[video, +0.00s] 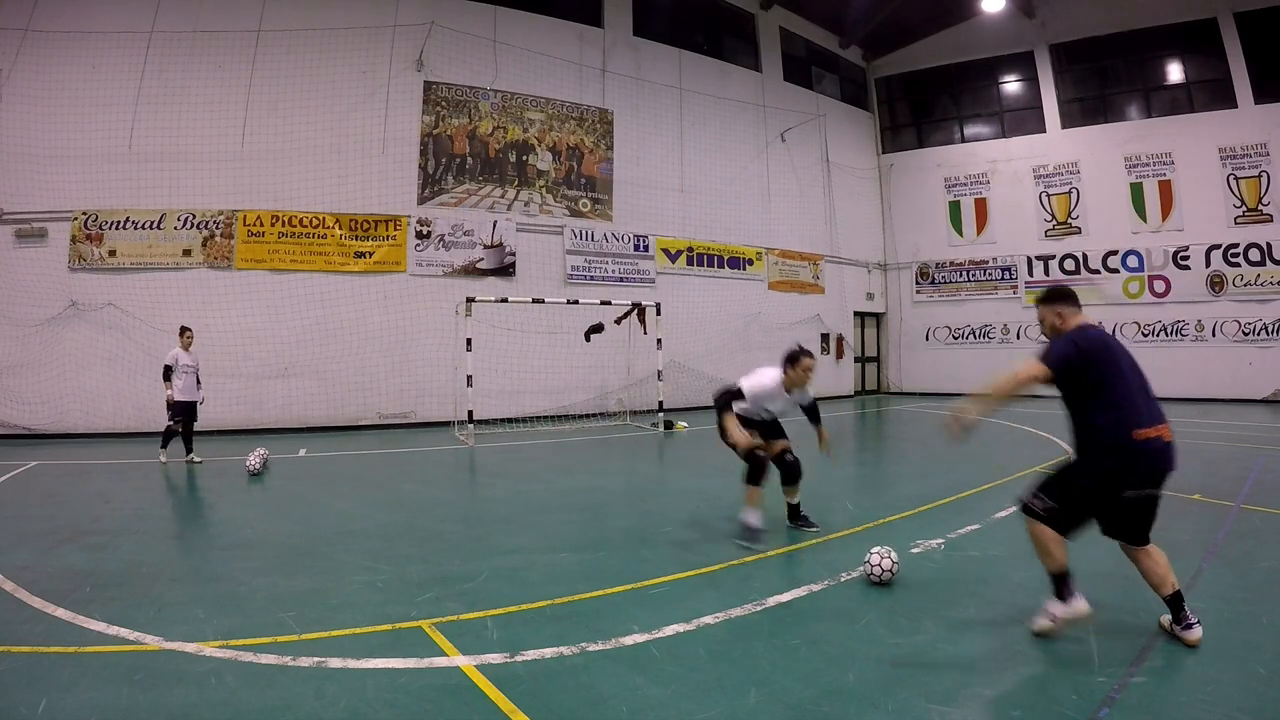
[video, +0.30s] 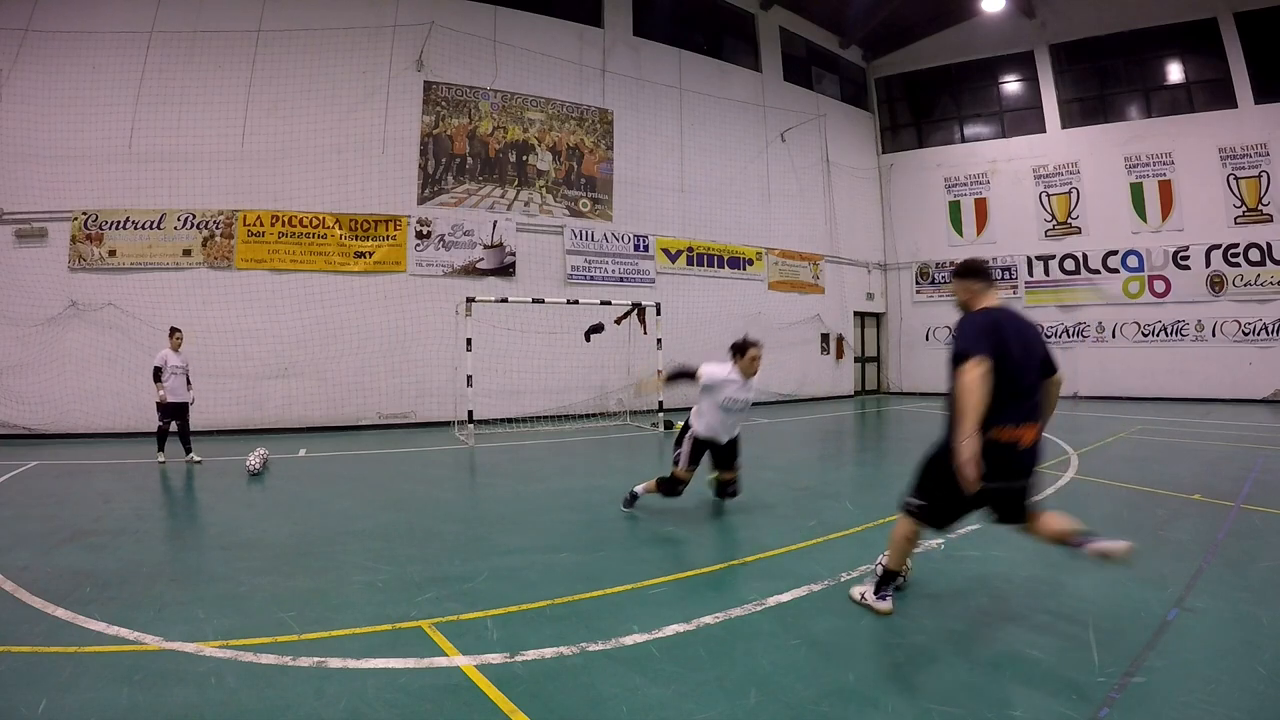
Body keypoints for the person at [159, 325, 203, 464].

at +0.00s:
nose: (190, 340)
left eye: (192, 338)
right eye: (188, 338)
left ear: (193, 339)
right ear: (180, 338)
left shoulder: (193, 356)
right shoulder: (174, 354)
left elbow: (196, 375)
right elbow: (166, 373)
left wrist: (200, 391)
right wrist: (169, 391)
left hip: (191, 398)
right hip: (177, 398)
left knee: (188, 427)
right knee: (175, 425)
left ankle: (189, 454)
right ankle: (163, 449)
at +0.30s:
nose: (180, 341)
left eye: (181, 339)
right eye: (177, 338)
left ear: (182, 340)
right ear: (170, 339)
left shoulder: (183, 357)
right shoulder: (163, 355)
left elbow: (186, 376)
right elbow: (156, 373)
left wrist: (190, 391)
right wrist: (161, 391)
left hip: (183, 398)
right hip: (167, 398)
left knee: (184, 427)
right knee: (164, 426)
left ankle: (189, 453)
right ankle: (160, 452)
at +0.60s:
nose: (173, 341)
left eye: (174, 338)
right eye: (170, 338)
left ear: (176, 340)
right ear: (163, 339)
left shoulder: (176, 356)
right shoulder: (156, 355)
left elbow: (179, 376)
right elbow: (148, 374)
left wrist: (182, 391)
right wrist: (147, 394)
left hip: (176, 397)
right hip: (159, 398)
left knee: (182, 424)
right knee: (160, 425)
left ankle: (185, 452)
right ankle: (160, 452)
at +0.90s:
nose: (178, 341)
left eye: (179, 339)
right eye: (176, 339)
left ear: (180, 339)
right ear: (168, 339)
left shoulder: (180, 356)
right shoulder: (160, 355)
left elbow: (182, 375)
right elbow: (151, 375)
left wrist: (185, 390)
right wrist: (150, 393)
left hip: (178, 397)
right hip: (162, 397)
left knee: (179, 424)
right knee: (162, 425)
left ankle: (176, 451)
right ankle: (160, 452)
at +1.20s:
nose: (186, 342)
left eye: (187, 340)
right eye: (184, 340)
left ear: (187, 340)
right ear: (176, 340)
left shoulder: (186, 356)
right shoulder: (168, 355)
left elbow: (187, 374)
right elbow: (159, 373)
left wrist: (190, 388)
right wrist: (160, 391)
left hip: (183, 398)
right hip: (168, 398)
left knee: (180, 426)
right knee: (164, 425)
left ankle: (177, 451)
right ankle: (160, 452)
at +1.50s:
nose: (199, 345)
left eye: (200, 342)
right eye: (196, 342)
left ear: (199, 343)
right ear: (189, 342)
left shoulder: (199, 359)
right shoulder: (179, 355)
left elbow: (201, 376)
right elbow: (165, 369)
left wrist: (200, 388)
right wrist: (153, 385)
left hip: (190, 397)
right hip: (175, 395)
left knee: (185, 424)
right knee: (181, 421)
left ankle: (178, 450)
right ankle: (173, 450)